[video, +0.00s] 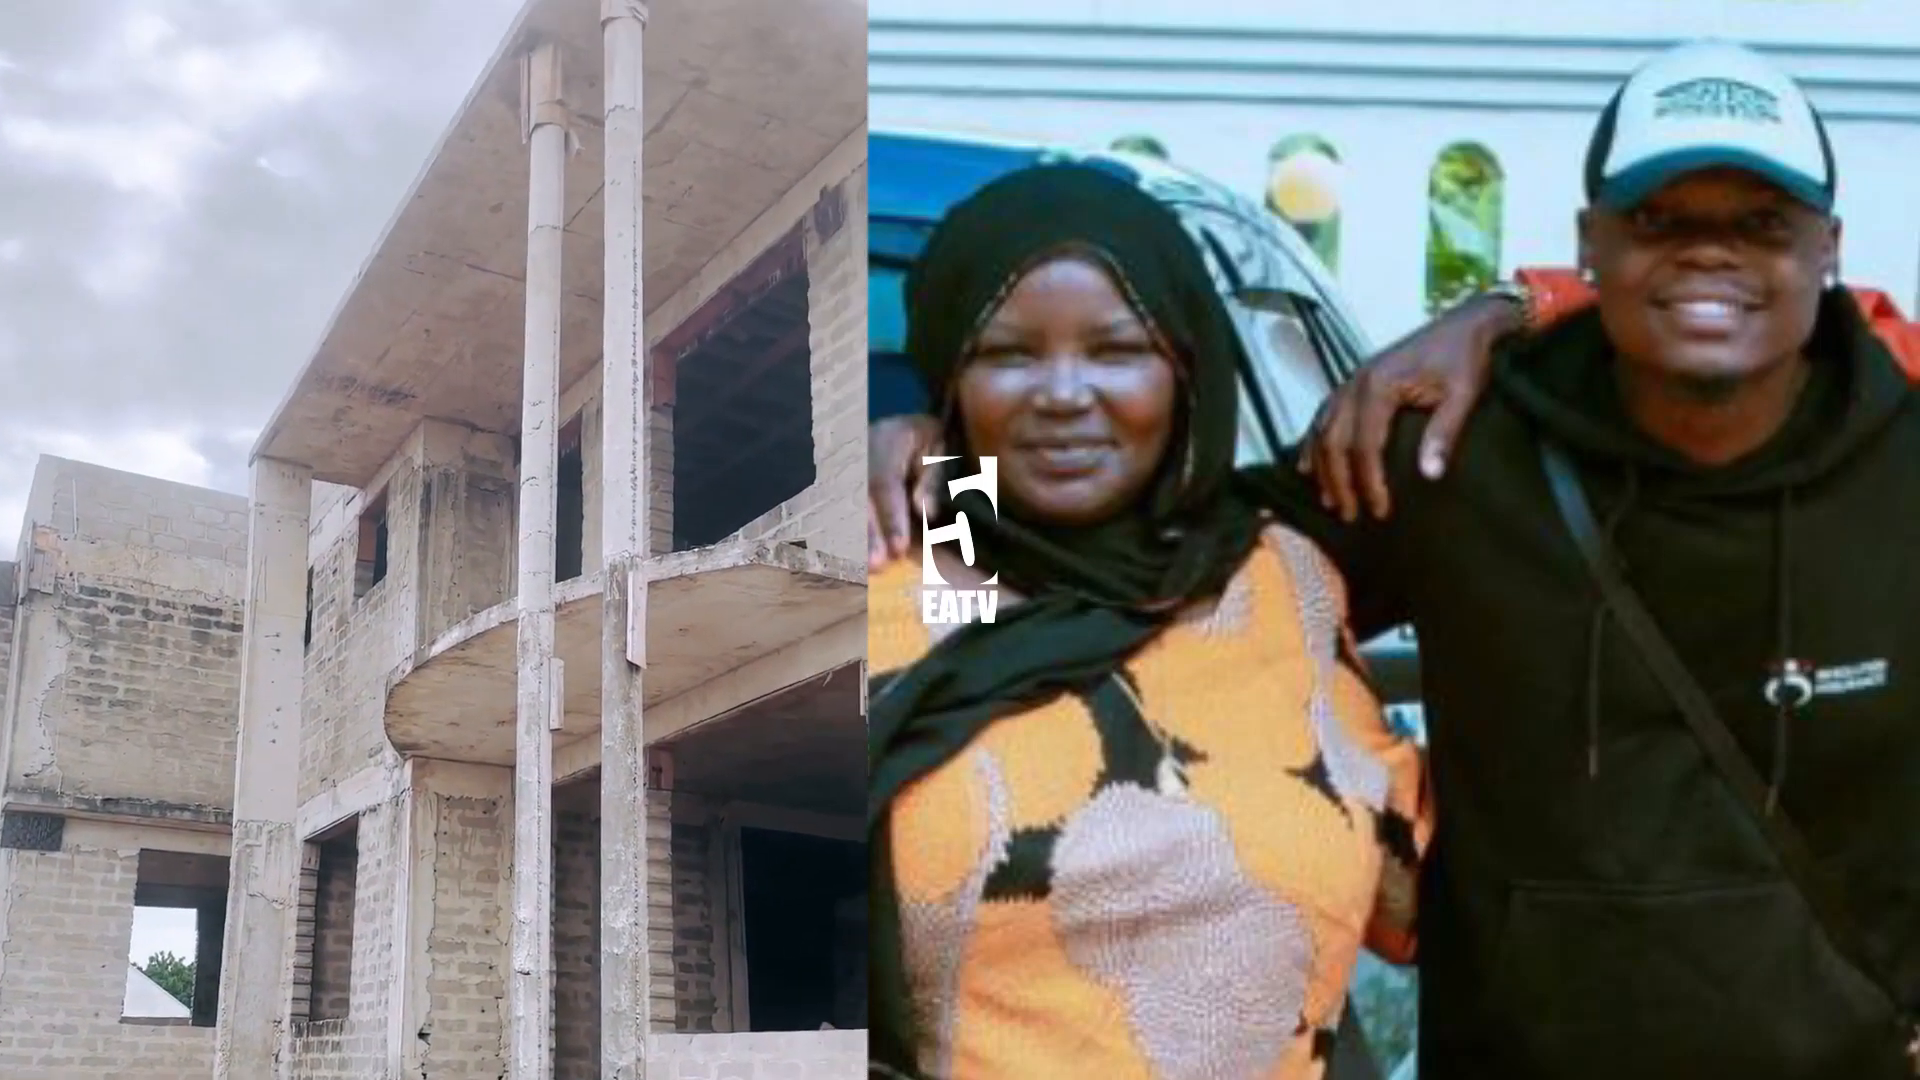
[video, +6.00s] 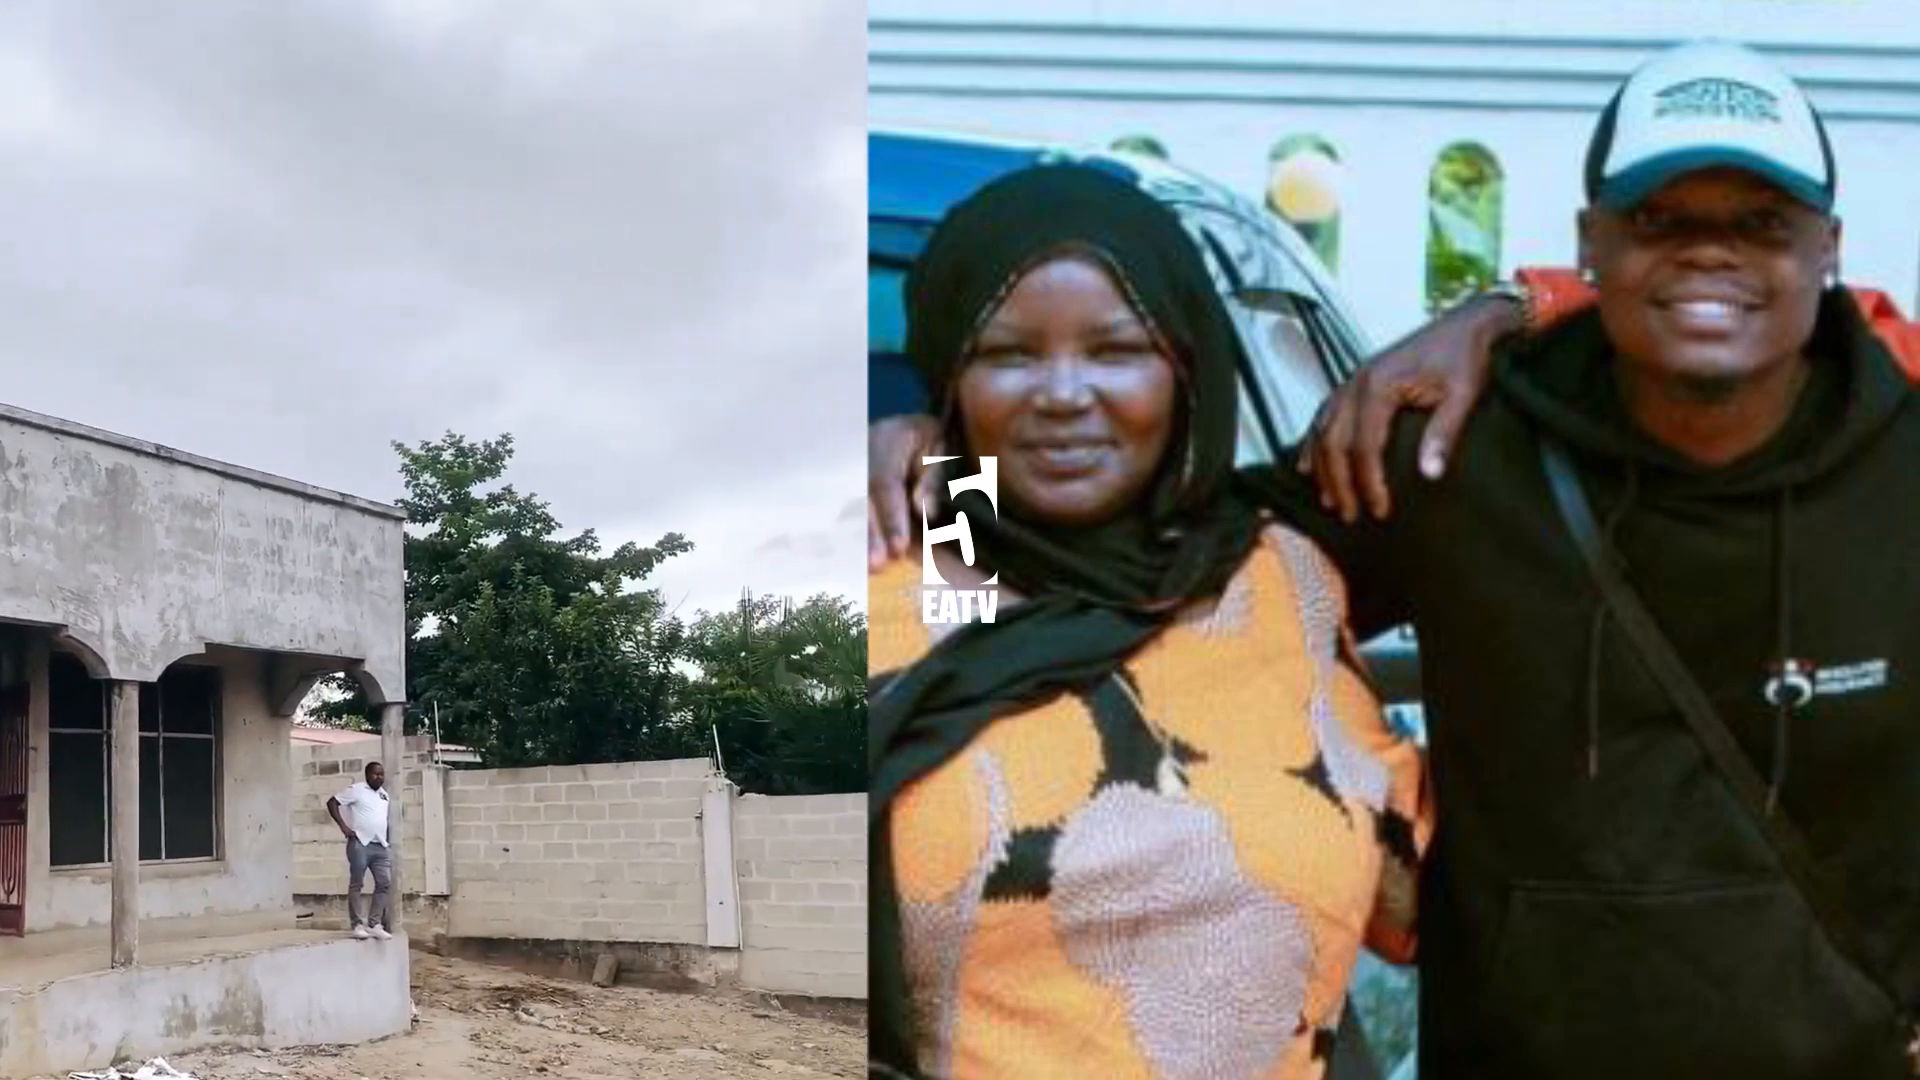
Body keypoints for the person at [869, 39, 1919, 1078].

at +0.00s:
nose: (1707, 252)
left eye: (1757, 219)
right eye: (1664, 215)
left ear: (1825, 250)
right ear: (1595, 242)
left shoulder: (1899, 445)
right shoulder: (1463, 447)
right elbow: (1178, 557)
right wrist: (964, 466)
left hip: (1848, 1038)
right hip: (1535, 1044)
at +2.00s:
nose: (1707, 252)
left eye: (1757, 219)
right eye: (1664, 215)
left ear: (1826, 249)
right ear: (1595, 242)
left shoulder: (1899, 445)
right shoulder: (1464, 447)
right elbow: (1177, 557)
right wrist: (960, 464)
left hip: (1850, 1038)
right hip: (1536, 1046)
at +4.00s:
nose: (1706, 251)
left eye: (1757, 219)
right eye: (1664, 214)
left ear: (1825, 251)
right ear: (1594, 241)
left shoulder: (1898, 446)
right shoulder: (1463, 449)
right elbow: (1174, 558)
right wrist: (960, 463)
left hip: (1849, 1038)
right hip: (1535, 1044)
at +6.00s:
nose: (1707, 252)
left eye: (1757, 220)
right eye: (1665, 215)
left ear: (1825, 251)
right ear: (1595, 242)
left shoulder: (1898, 442)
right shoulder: (1465, 447)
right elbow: (1174, 558)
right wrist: (955, 452)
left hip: (1848, 1037)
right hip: (1535, 1043)